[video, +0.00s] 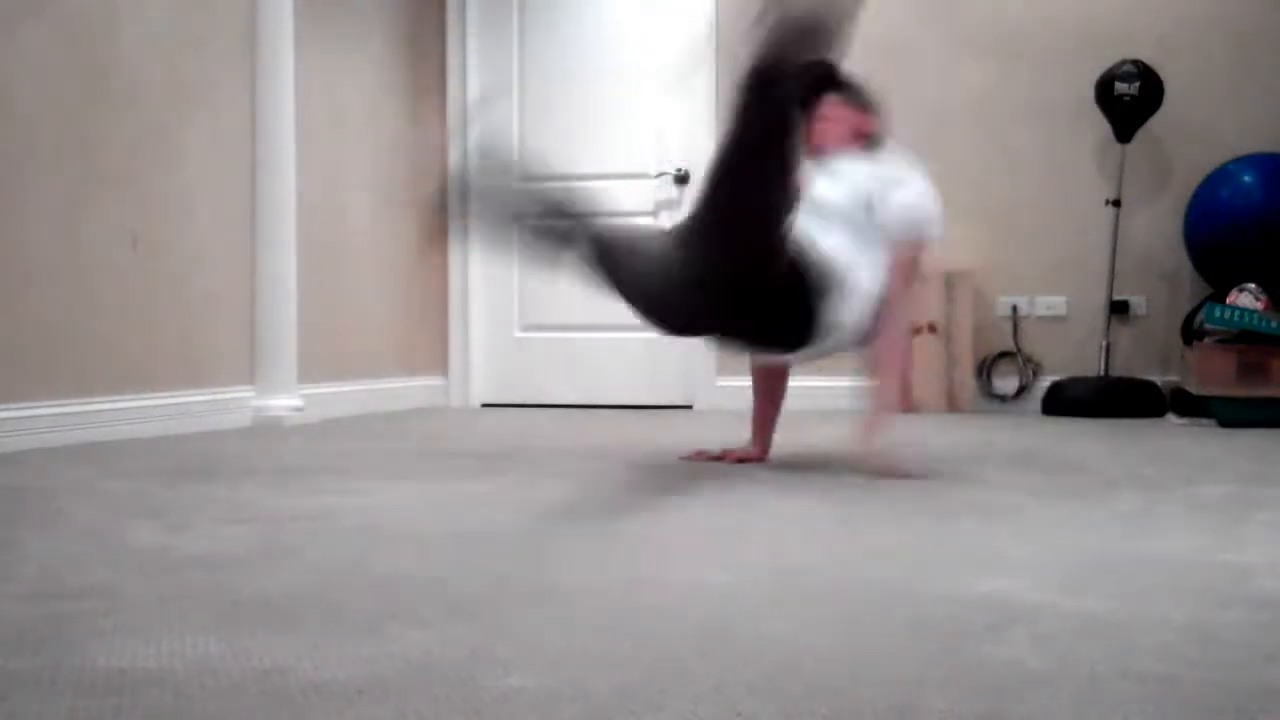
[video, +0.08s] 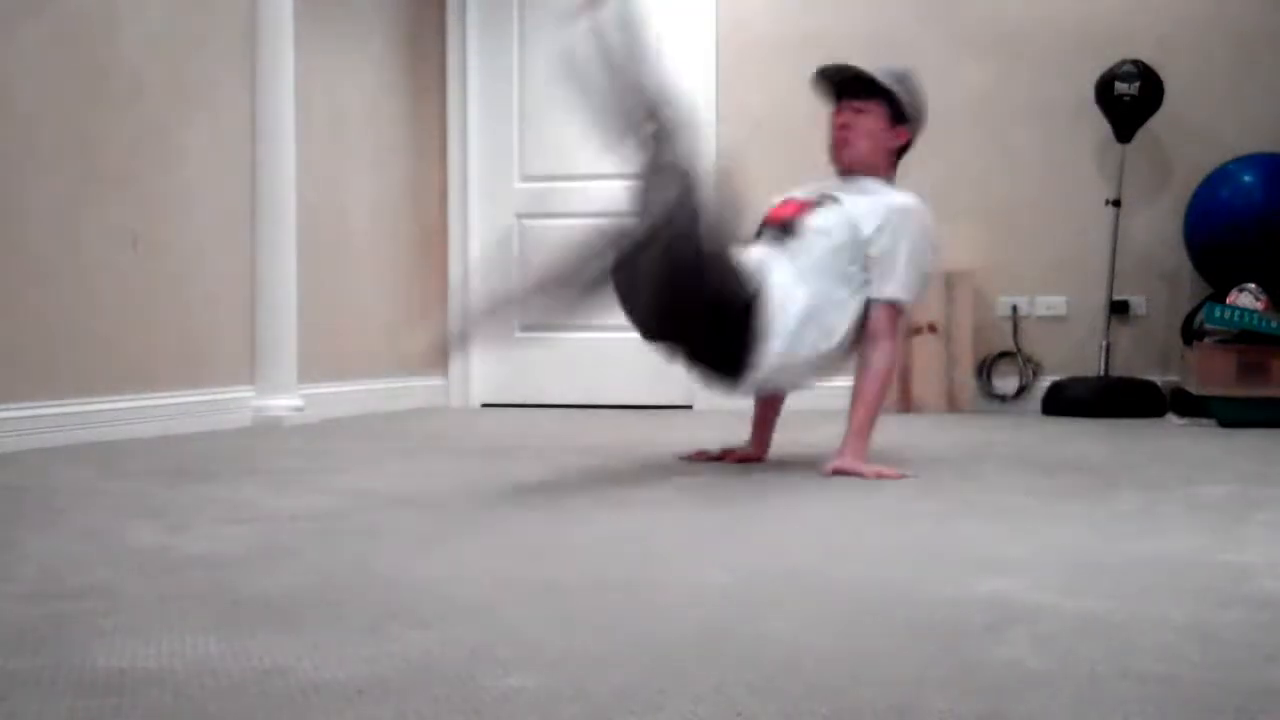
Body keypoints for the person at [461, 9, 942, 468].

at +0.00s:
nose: (823, 126)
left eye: (839, 115)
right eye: (819, 116)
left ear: (868, 123)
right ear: (806, 127)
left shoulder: (896, 179)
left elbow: (895, 311)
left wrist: (878, 430)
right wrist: (759, 447)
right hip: (692, 302)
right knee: (588, 234)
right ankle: (495, 201)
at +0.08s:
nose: (840, 124)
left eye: (859, 114)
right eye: (839, 114)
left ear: (900, 136)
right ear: (834, 128)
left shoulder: (900, 213)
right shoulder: (814, 200)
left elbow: (881, 342)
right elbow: (782, 316)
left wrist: (854, 452)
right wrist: (758, 445)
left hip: (741, 337)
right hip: (688, 313)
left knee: (678, 184)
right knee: (641, 228)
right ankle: (477, 325)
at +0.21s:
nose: (829, 121)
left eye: (842, 107)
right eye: (831, 106)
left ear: (890, 115)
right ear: (879, 115)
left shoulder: (891, 207)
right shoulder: (863, 182)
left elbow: (881, 338)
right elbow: (809, 287)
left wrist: (853, 451)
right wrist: (737, 399)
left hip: (716, 343)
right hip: (722, 277)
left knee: (568, 395)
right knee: (708, 95)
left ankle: (434, 432)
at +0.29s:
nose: (809, 135)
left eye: (820, 119)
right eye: (809, 119)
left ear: (866, 120)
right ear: (872, 119)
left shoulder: (887, 211)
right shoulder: (879, 162)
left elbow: (879, 341)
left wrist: (852, 452)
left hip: (752, 346)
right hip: (762, 265)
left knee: (605, 415)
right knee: (664, 136)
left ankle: (541, 416)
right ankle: (557, 74)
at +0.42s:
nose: (778, 176)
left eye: (782, 170)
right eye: (772, 170)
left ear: (828, 148)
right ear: (761, 119)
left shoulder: (886, 199)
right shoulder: (800, 107)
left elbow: (866, 335)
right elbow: (742, 184)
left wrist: (850, 450)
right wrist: (632, 207)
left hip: (838, 300)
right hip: (799, 228)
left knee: (763, 393)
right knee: (670, 224)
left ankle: (686, 424)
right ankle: (561, 264)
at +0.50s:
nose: (740, 229)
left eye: (754, 217)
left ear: (813, 164)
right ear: (730, 151)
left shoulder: (871, 190)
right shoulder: (748, 127)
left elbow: (852, 330)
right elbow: (698, 184)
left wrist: (848, 451)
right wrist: (619, 236)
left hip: (870, 262)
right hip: (802, 220)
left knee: (819, 371)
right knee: (655, 254)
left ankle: (753, 423)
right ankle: (619, 362)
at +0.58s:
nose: (736, 257)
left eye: (748, 248)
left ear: (786, 187)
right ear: (715, 185)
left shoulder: (855, 187)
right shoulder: (710, 149)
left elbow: (851, 328)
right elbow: (655, 232)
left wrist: (849, 450)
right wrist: (601, 316)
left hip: (907, 212)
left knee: (867, 336)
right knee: (672, 271)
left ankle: (818, 421)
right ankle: (696, 376)